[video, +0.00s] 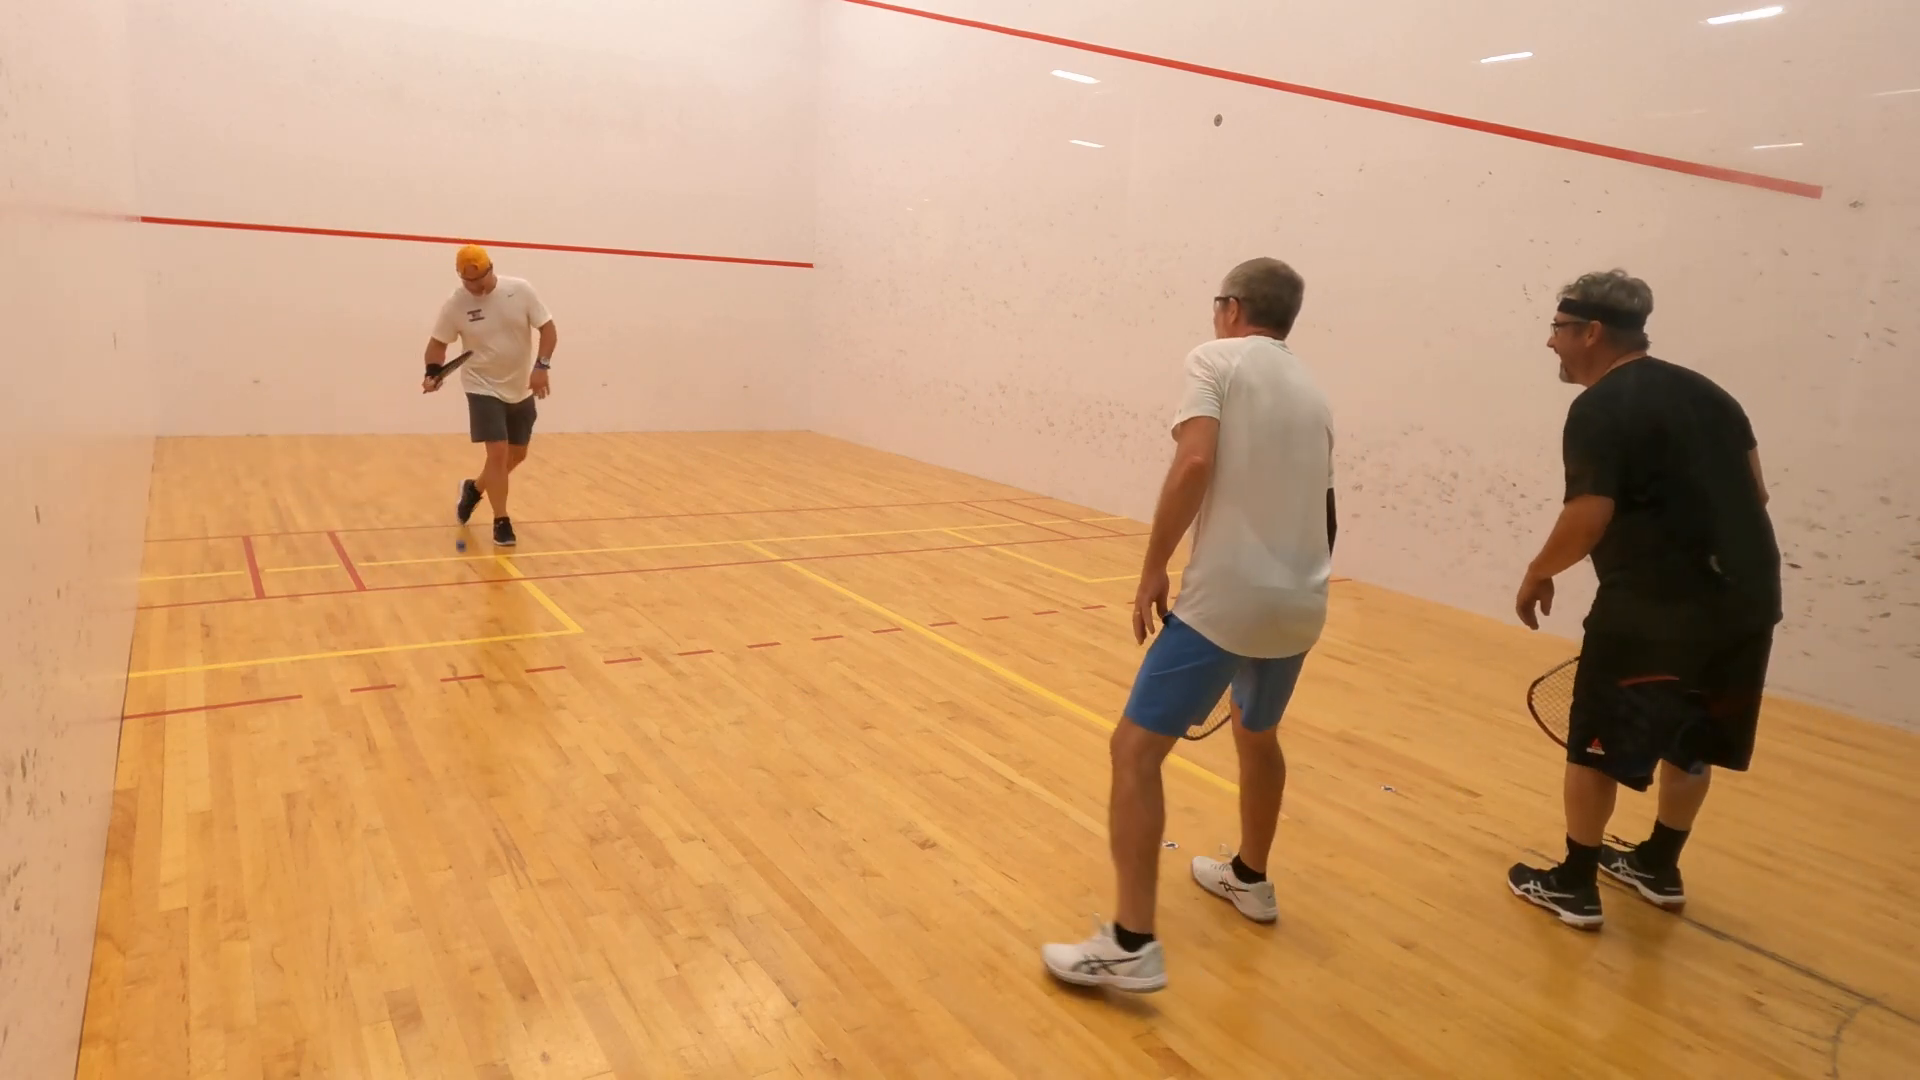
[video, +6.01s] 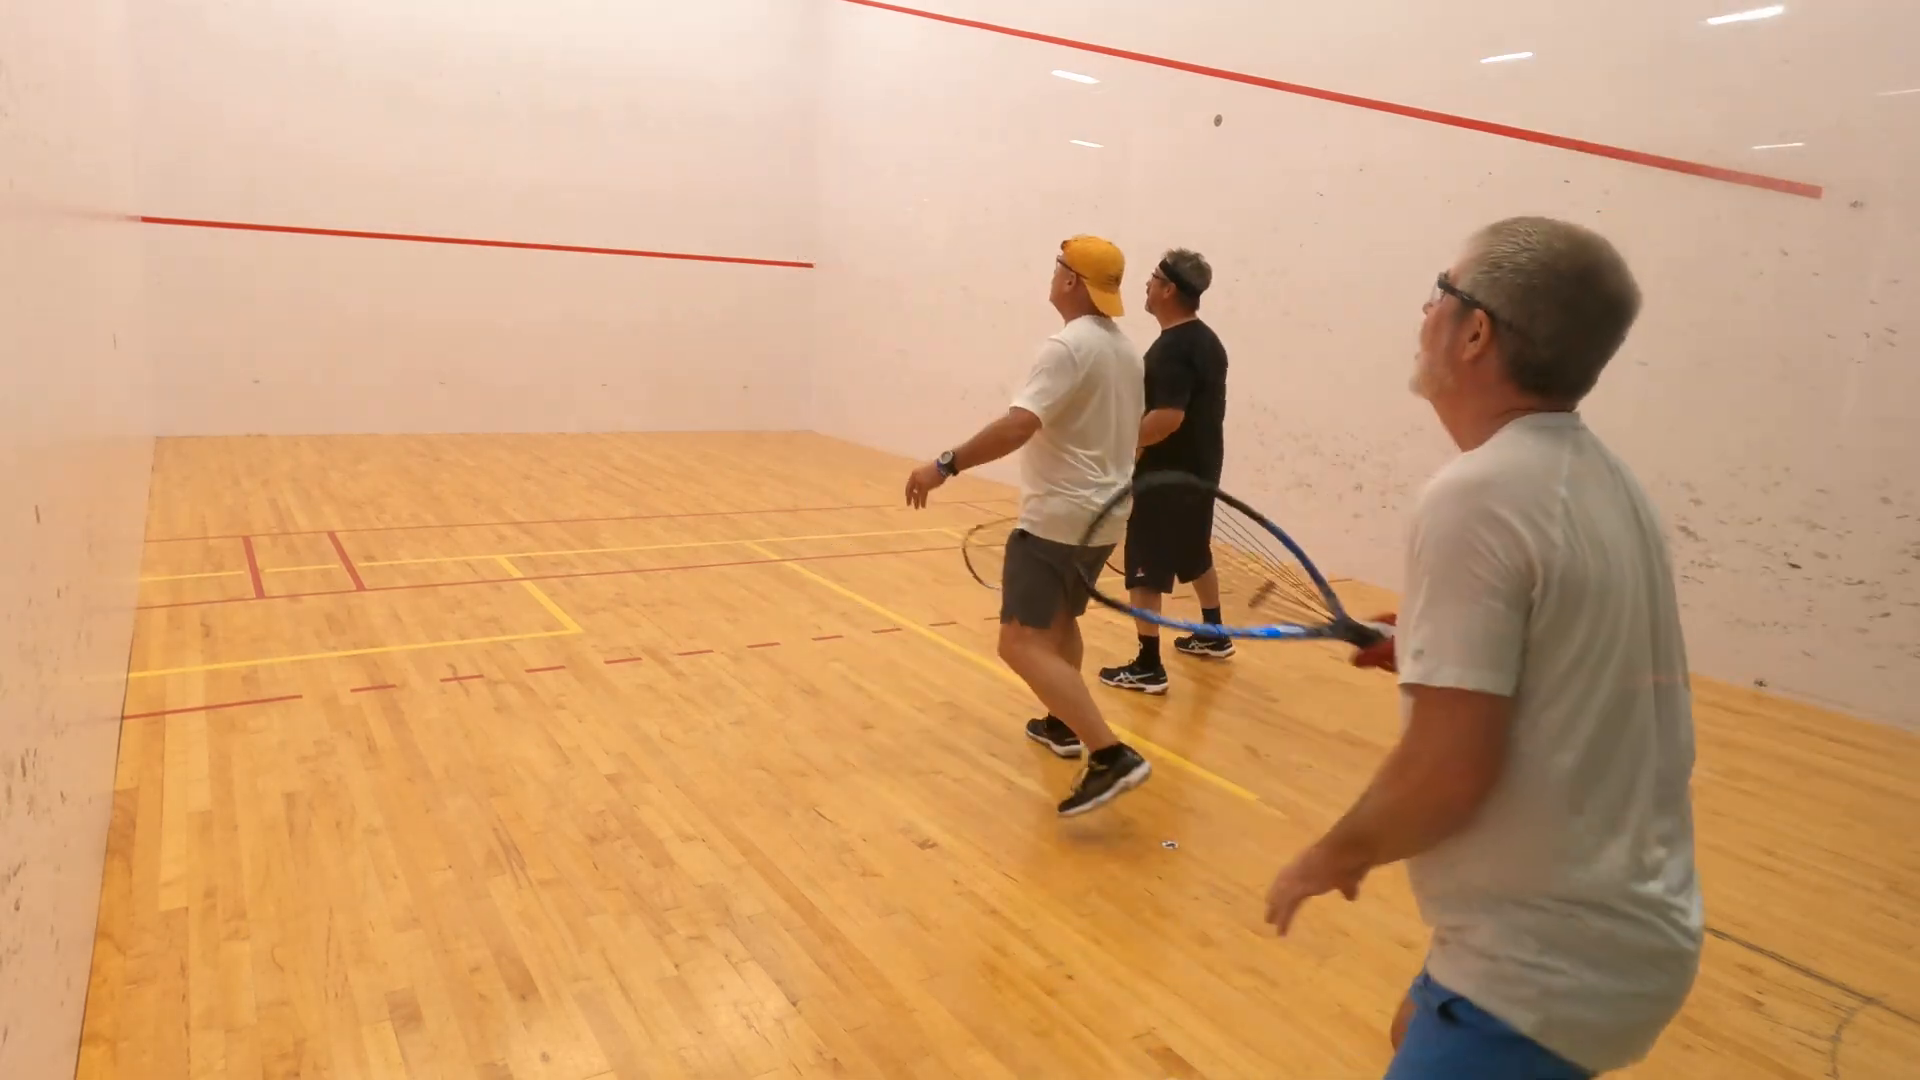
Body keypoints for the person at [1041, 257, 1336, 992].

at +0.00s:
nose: (1214, 321)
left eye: (1218, 309)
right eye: (1219, 310)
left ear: (1233, 311)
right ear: (1284, 322)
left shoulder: (1216, 360)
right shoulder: (1312, 392)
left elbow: (1195, 462)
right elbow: (1323, 521)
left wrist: (1155, 567)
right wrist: (1289, 604)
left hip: (1226, 597)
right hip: (1301, 605)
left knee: (1136, 747)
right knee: (1257, 730)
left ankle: (1132, 942)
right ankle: (1251, 877)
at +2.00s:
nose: (1137, 295)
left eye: (1140, 284)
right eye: (1144, 283)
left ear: (1152, 290)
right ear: (1211, 299)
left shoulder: (1121, 364)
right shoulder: (1239, 386)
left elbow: (1062, 485)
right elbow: (1261, 500)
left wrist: (1033, 481)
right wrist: (1181, 513)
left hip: (1107, 598)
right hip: (1190, 605)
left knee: (1042, 741)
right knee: (1186, 726)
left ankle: (1008, 916)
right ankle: (1210, 874)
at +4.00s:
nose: (1576, 277)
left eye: (1595, 249)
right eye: (1586, 250)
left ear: (1661, 268)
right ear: (1658, 270)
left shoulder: (1807, 423)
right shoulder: (1607, 422)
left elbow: (1915, 575)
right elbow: (1624, 625)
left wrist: (1905, 632)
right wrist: (1533, 733)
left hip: (1712, 898)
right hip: (1555, 842)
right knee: (1450, 1046)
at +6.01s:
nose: (1427, 308)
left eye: (1442, 292)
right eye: (1441, 288)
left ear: (1474, 336)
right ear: (1575, 356)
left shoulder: (1477, 498)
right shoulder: (1605, 481)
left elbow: (1450, 768)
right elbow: (1583, 664)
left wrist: (1340, 854)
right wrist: (1429, 645)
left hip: (1534, 966)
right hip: (1634, 932)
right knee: (1419, 1025)